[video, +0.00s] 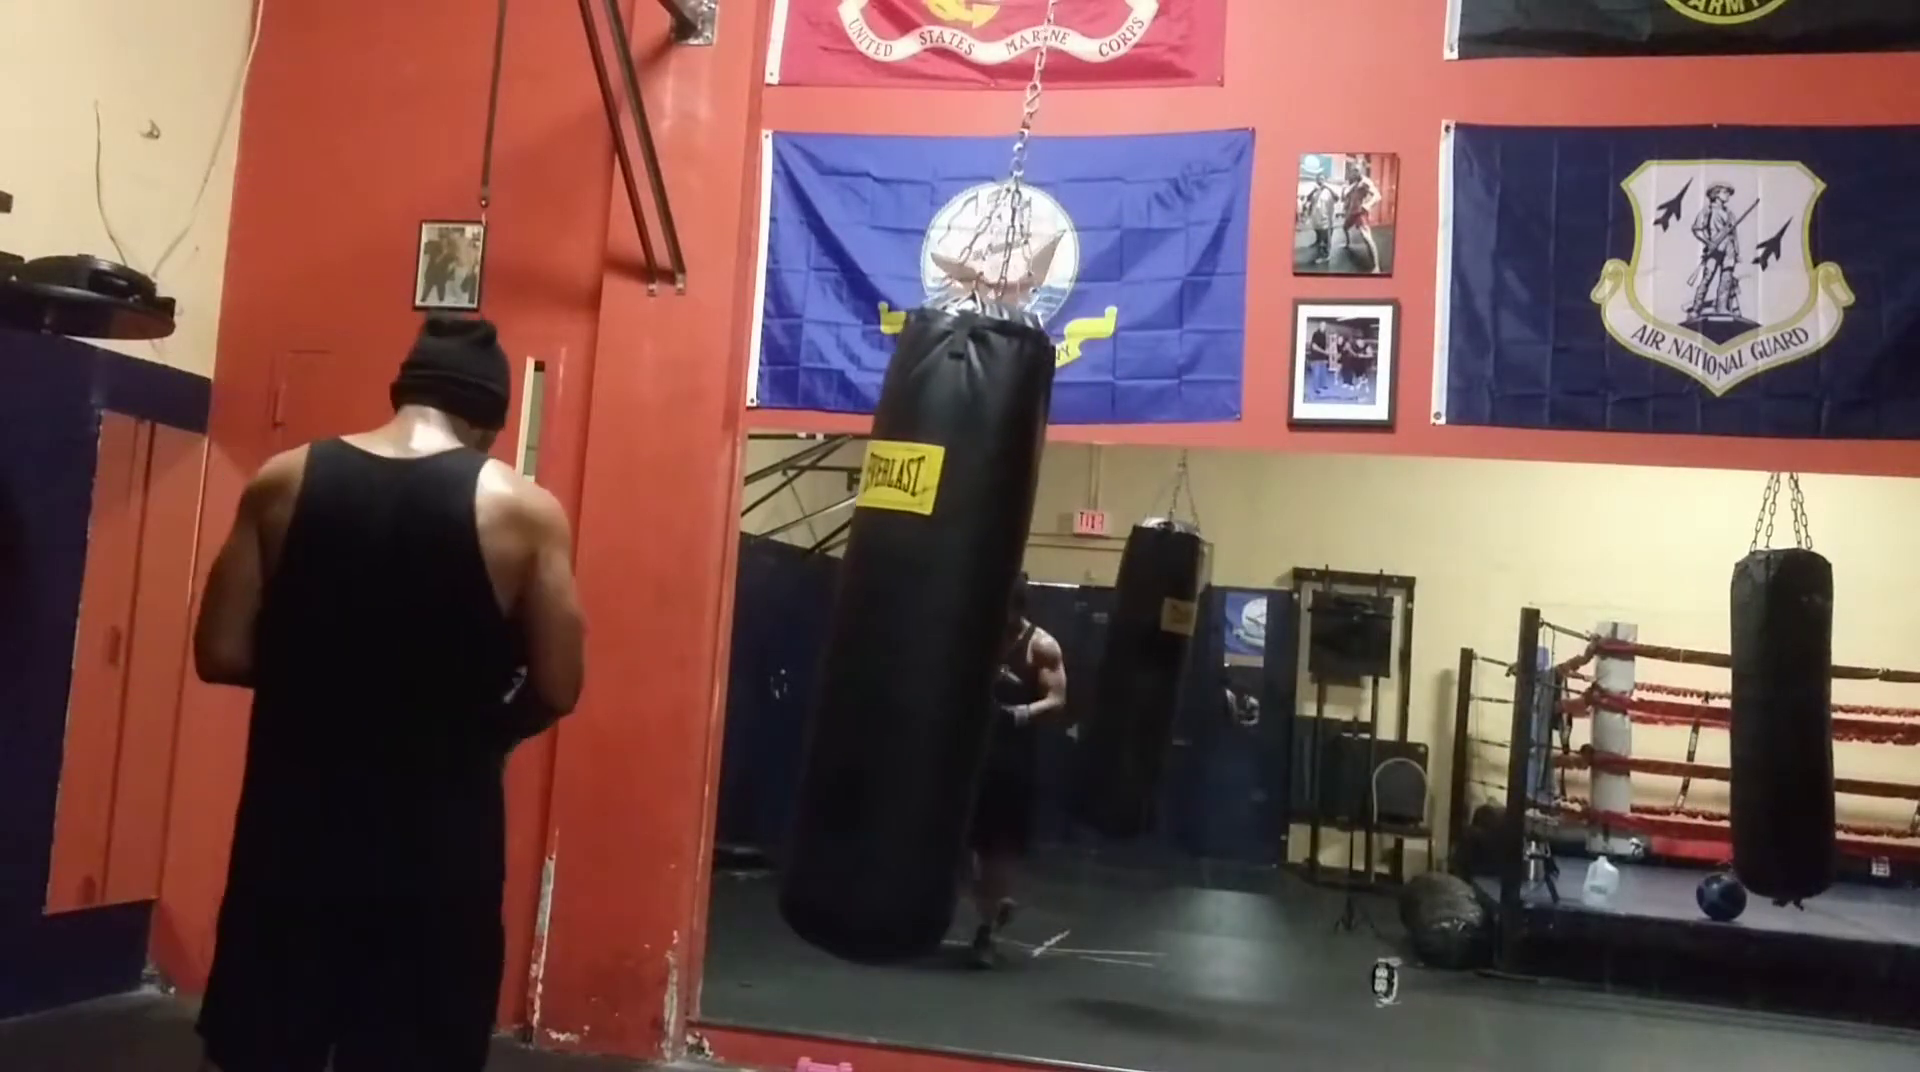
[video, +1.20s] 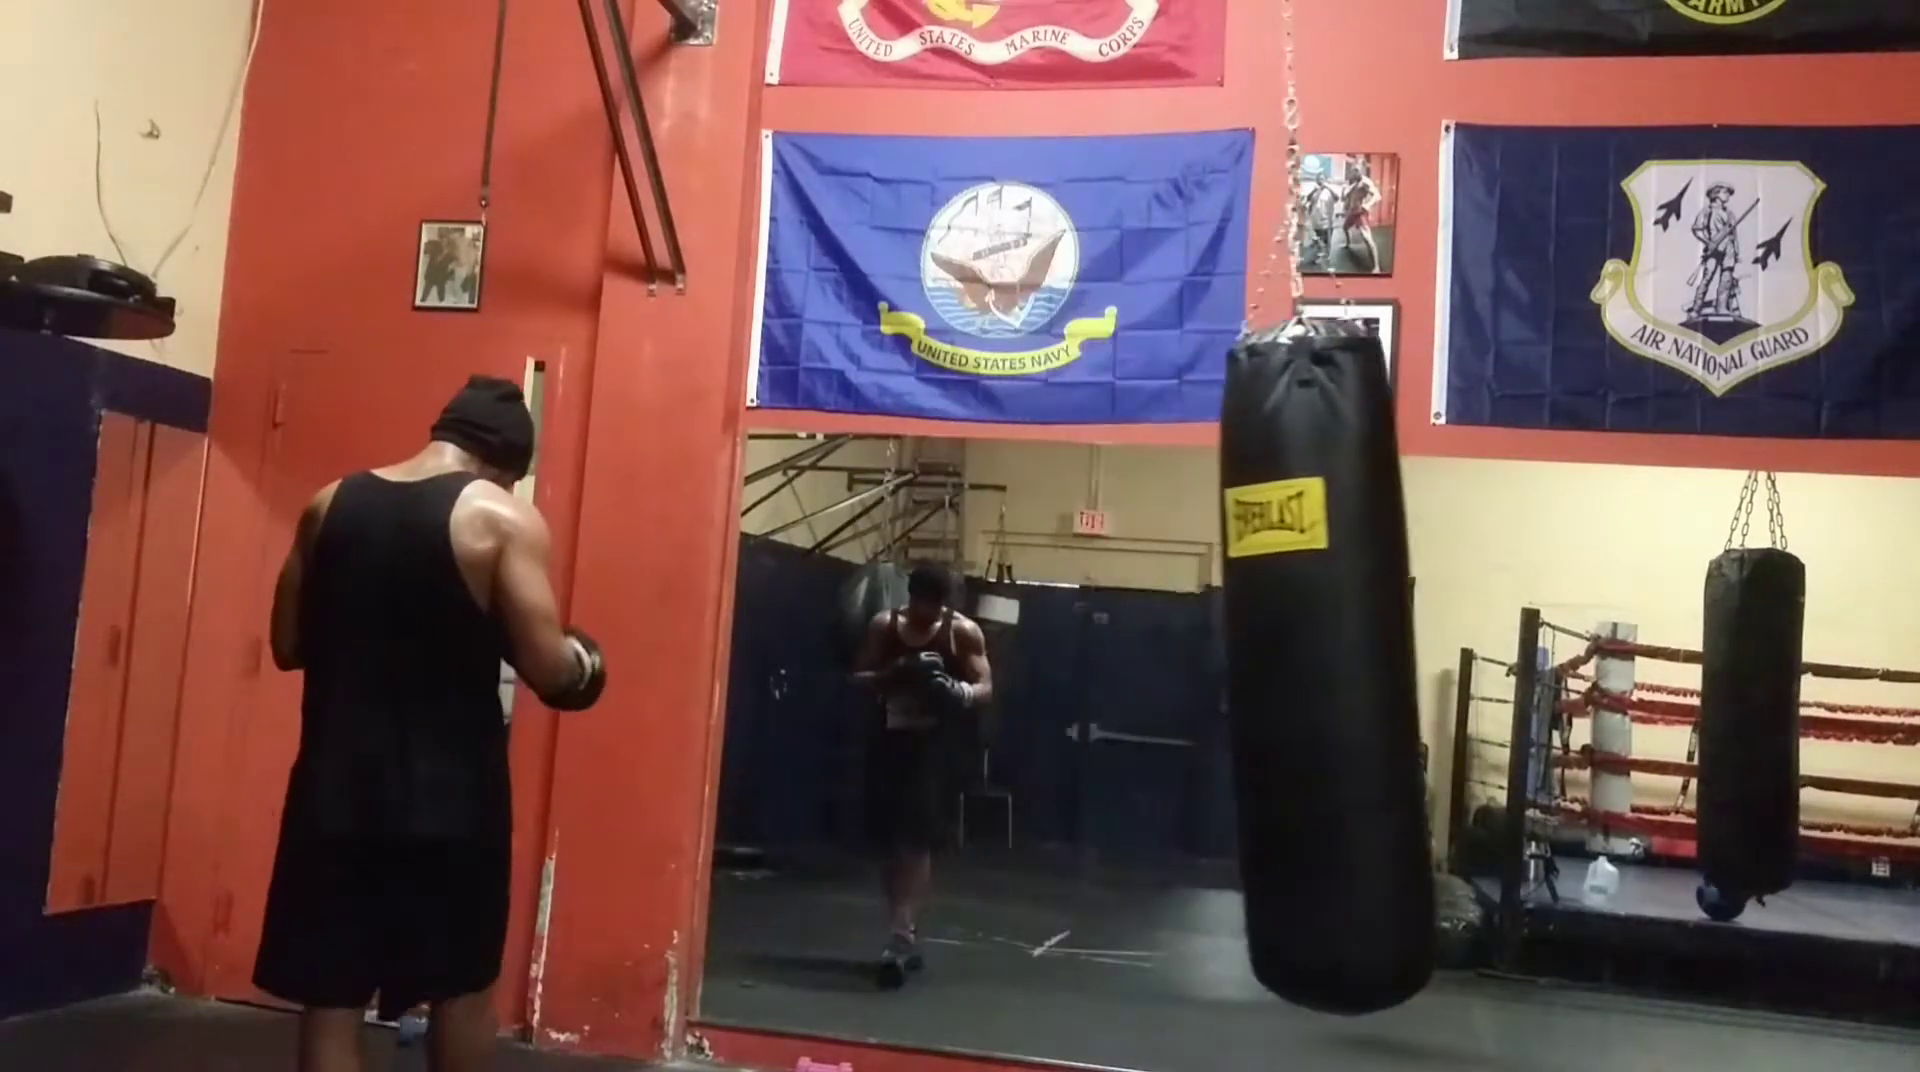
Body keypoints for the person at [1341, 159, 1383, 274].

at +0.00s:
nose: (1352, 174)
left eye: (1355, 171)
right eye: (1351, 171)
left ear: (1359, 172)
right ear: (1349, 173)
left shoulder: (1365, 182)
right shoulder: (1349, 184)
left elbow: (1376, 196)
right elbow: (1343, 198)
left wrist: (1366, 206)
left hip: (1360, 212)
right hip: (1350, 213)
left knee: (1367, 237)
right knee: (1345, 227)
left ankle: (1376, 266)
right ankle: (1348, 243)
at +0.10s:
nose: (1351, 174)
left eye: (1354, 171)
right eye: (1350, 171)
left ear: (1358, 172)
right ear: (1349, 173)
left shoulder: (1364, 182)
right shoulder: (1349, 185)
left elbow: (1376, 196)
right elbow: (1344, 198)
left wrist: (1366, 206)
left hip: (1360, 212)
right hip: (1350, 213)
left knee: (1367, 238)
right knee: (1345, 228)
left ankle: (1376, 266)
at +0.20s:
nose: (1351, 174)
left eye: (1353, 171)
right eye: (1350, 171)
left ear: (1358, 172)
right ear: (1350, 173)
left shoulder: (1365, 182)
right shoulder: (1351, 184)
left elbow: (1376, 196)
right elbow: (1346, 199)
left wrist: (1366, 206)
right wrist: (1345, 210)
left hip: (1361, 212)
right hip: (1351, 212)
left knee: (1367, 237)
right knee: (1345, 227)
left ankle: (1376, 266)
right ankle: (1348, 243)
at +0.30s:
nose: (1351, 174)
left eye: (1354, 171)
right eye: (1351, 172)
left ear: (1358, 172)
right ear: (1350, 173)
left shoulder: (1365, 182)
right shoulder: (1351, 184)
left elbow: (1376, 196)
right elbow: (1344, 198)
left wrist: (1366, 206)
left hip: (1361, 211)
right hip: (1351, 211)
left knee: (1367, 237)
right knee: (1345, 227)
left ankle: (1376, 266)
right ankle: (1348, 243)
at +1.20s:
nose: (1351, 173)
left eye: (1353, 170)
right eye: (1350, 171)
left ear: (1358, 171)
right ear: (1350, 172)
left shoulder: (1364, 182)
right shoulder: (1350, 184)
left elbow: (1376, 196)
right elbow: (1343, 198)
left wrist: (1367, 206)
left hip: (1360, 212)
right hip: (1350, 213)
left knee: (1367, 237)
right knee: (1345, 227)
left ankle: (1376, 266)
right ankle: (1348, 243)